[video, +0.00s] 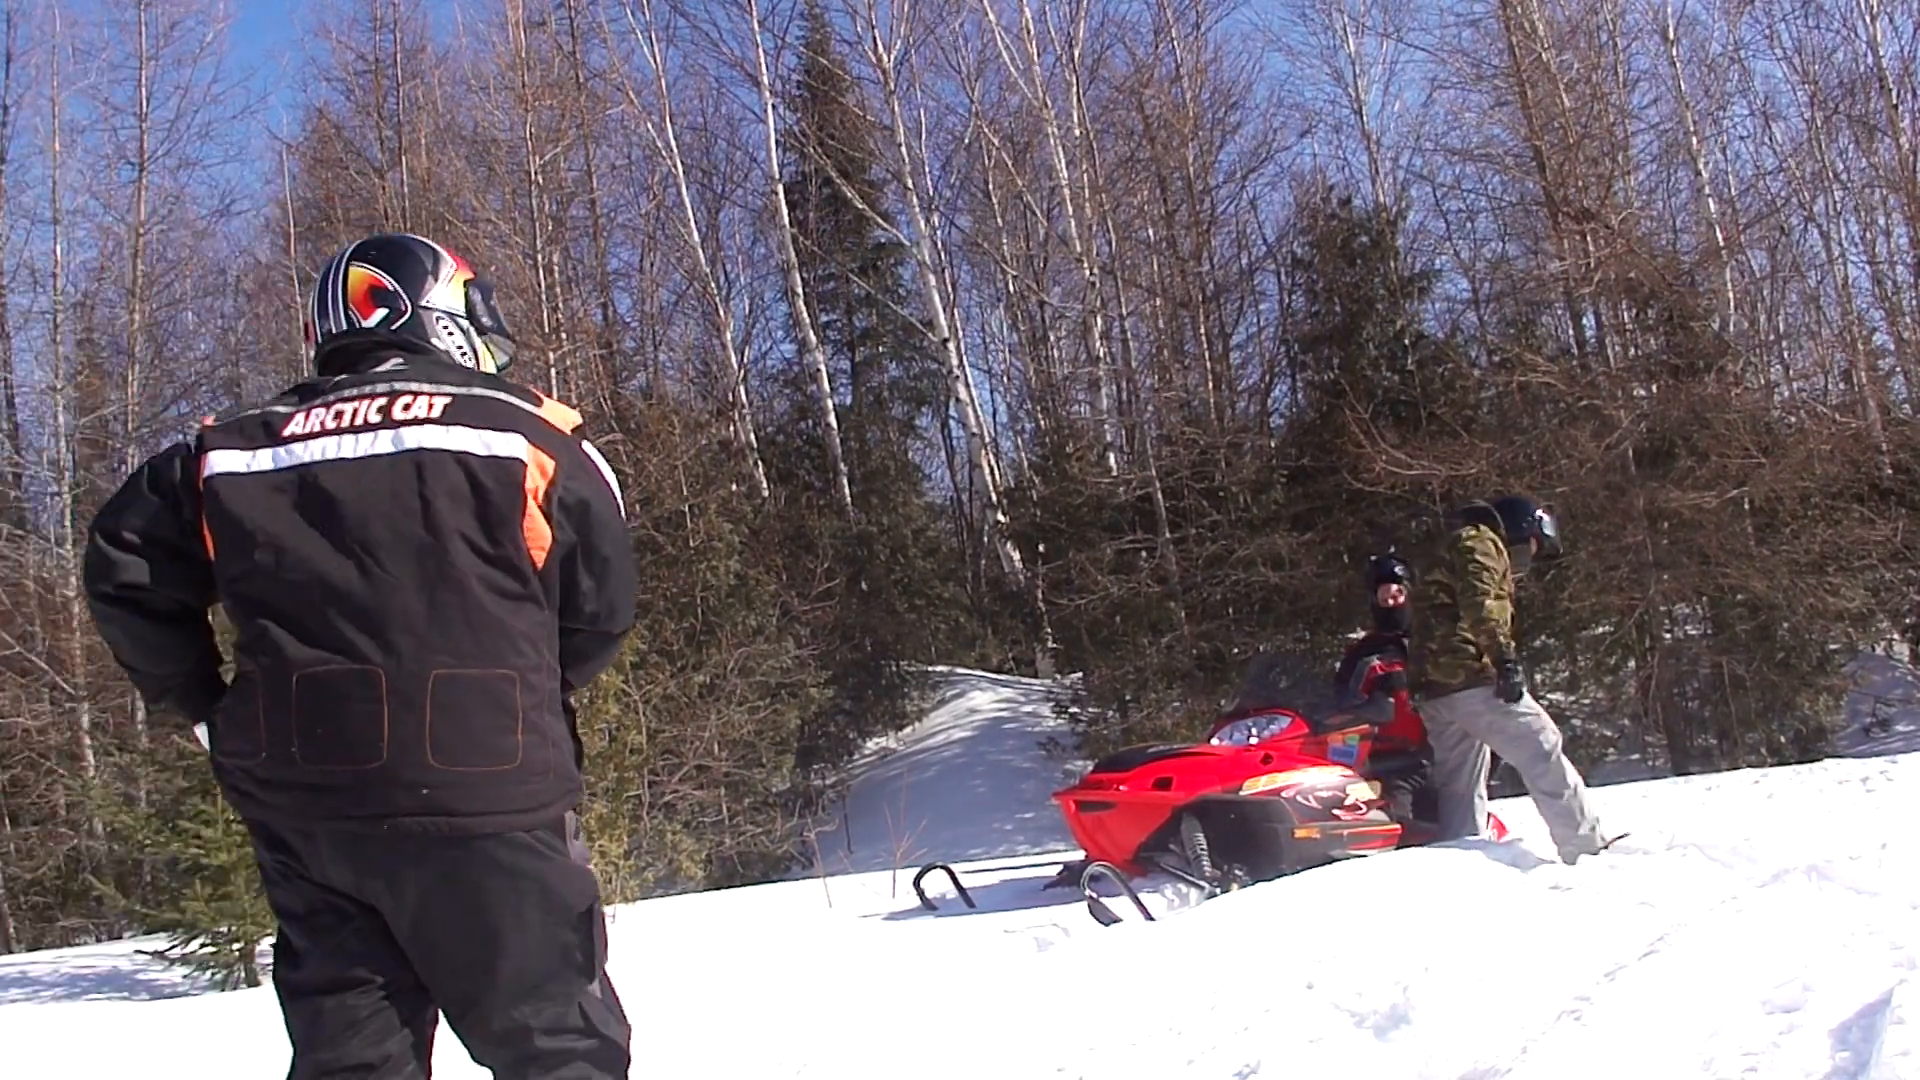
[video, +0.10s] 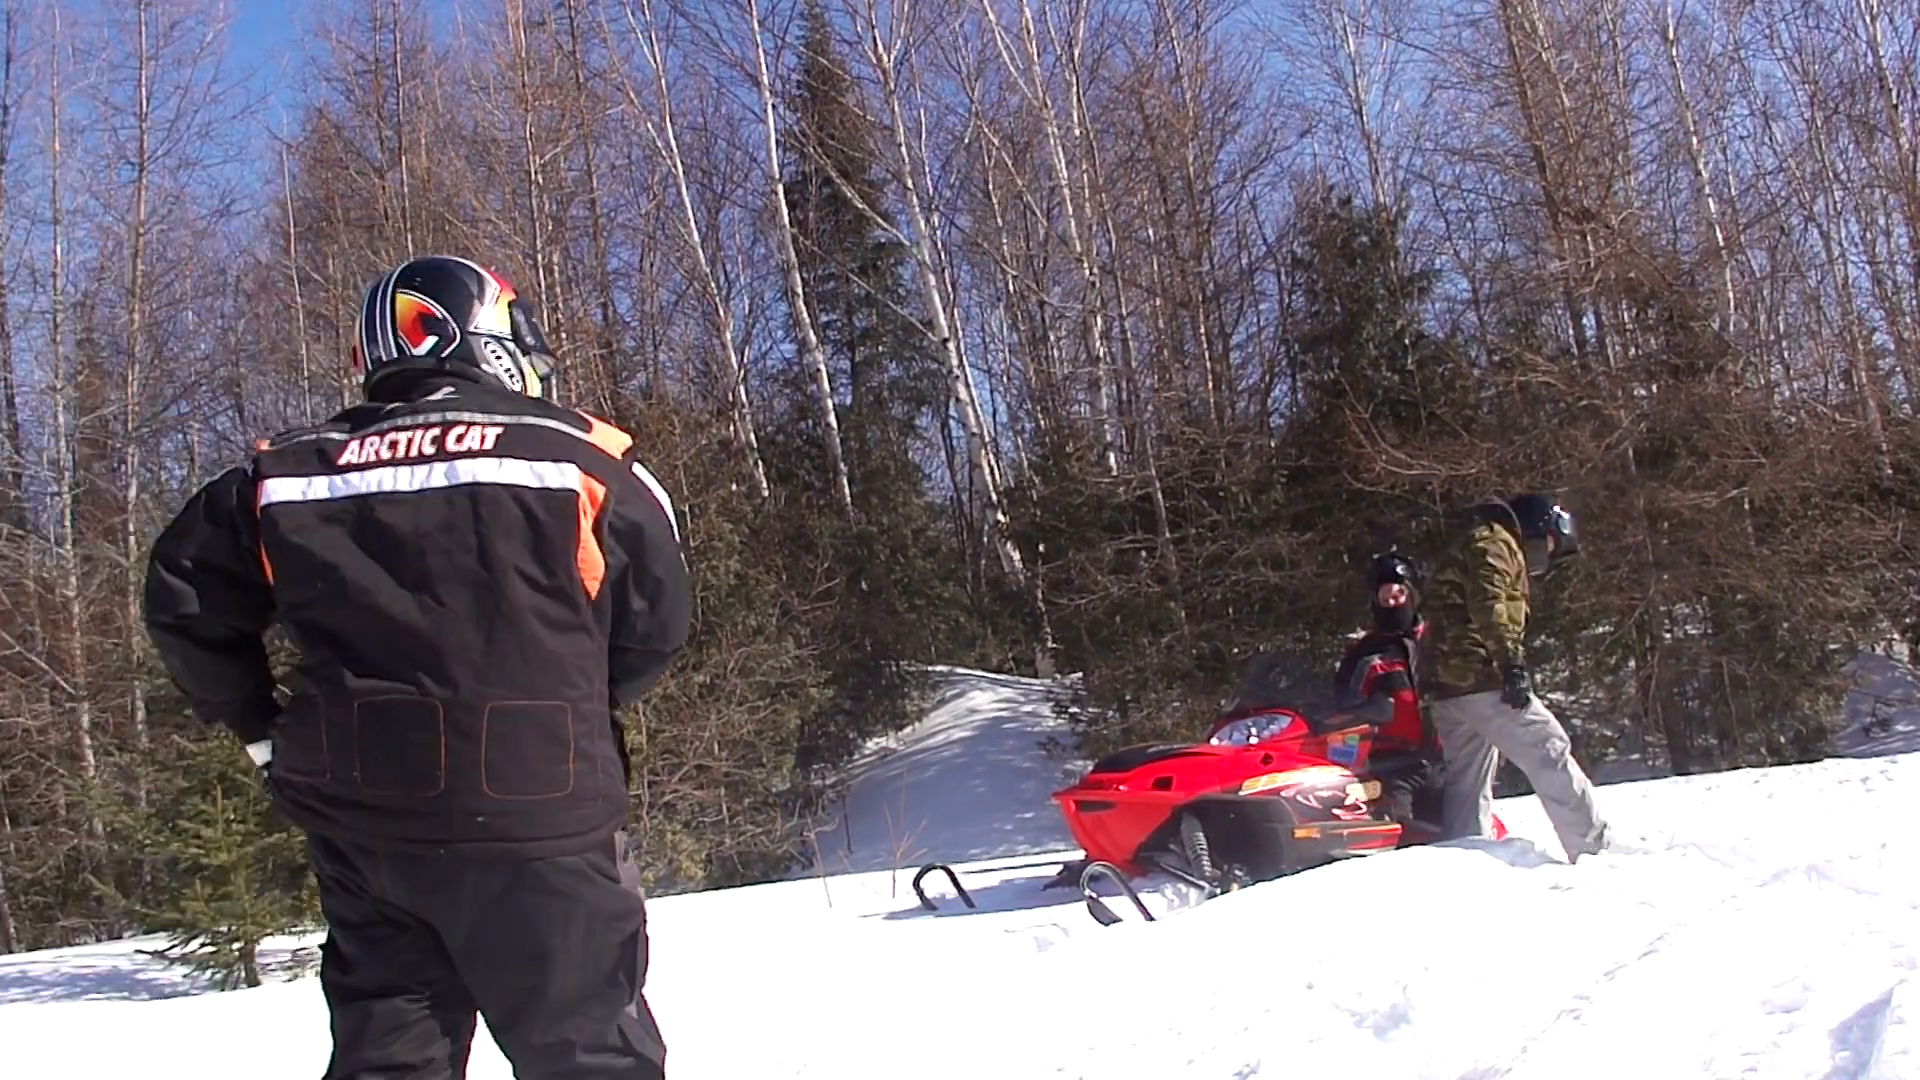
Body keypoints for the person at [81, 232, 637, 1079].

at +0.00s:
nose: (494, 337)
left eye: (488, 317)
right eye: (481, 316)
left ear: (326, 330)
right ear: (454, 320)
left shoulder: (226, 446)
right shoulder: (536, 438)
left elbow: (121, 563)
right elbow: (602, 611)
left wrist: (207, 704)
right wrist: (524, 685)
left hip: (305, 824)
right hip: (489, 814)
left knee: (348, 1055)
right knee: (558, 1048)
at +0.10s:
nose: (539, 358)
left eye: (532, 339)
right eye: (527, 338)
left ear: (374, 355)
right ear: (501, 343)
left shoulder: (284, 468)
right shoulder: (585, 455)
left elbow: (183, 593)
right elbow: (656, 624)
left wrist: (262, 726)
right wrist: (576, 696)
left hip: (359, 829)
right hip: (537, 828)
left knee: (387, 1042)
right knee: (590, 1048)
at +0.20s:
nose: (588, 375)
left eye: (581, 357)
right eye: (578, 356)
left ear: (427, 377)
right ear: (556, 363)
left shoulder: (341, 494)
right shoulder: (642, 479)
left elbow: (256, 627)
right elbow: (698, 646)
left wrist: (330, 753)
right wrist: (611, 701)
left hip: (426, 849)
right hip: (601, 845)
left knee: (443, 1047)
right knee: (648, 1050)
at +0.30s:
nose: (624, 372)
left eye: (617, 355)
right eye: (614, 355)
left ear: (474, 372)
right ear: (594, 362)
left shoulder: (382, 494)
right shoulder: (679, 477)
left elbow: (314, 632)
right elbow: (733, 635)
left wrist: (390, 754)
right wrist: (643, 698)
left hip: (467, 835)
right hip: (638, 826)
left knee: (514, 1035)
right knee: (663, 1047)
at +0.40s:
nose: (647, 371)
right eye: (637, 357)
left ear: (502, 376)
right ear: (620, 362)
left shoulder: (424, 490)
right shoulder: (710, 473)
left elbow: (355, 631)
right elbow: (759, 624)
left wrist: (433, 745)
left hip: (512, 824)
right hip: (671, 818)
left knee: (568, 1006)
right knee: (665, 1033)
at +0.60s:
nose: (691, 391)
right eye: (683, 377)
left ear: (557, 398)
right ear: (670, 384)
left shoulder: (491, 509)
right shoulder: (758, 491)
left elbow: (425, 645)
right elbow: (799, 632)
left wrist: (484, 767)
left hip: (568, 811)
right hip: (713, 802)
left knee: (682, 995)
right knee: (685, 1024)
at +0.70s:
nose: (710, 400)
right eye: (701, 387)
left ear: (581, 406)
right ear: (687, 392)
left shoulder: (514, 518)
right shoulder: (774, 490)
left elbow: (456, 650)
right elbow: (825, 627)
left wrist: (520, 763)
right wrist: (752, 687)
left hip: (593, 813)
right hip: (740, 798)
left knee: (663, 1010)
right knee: (749, 1012)